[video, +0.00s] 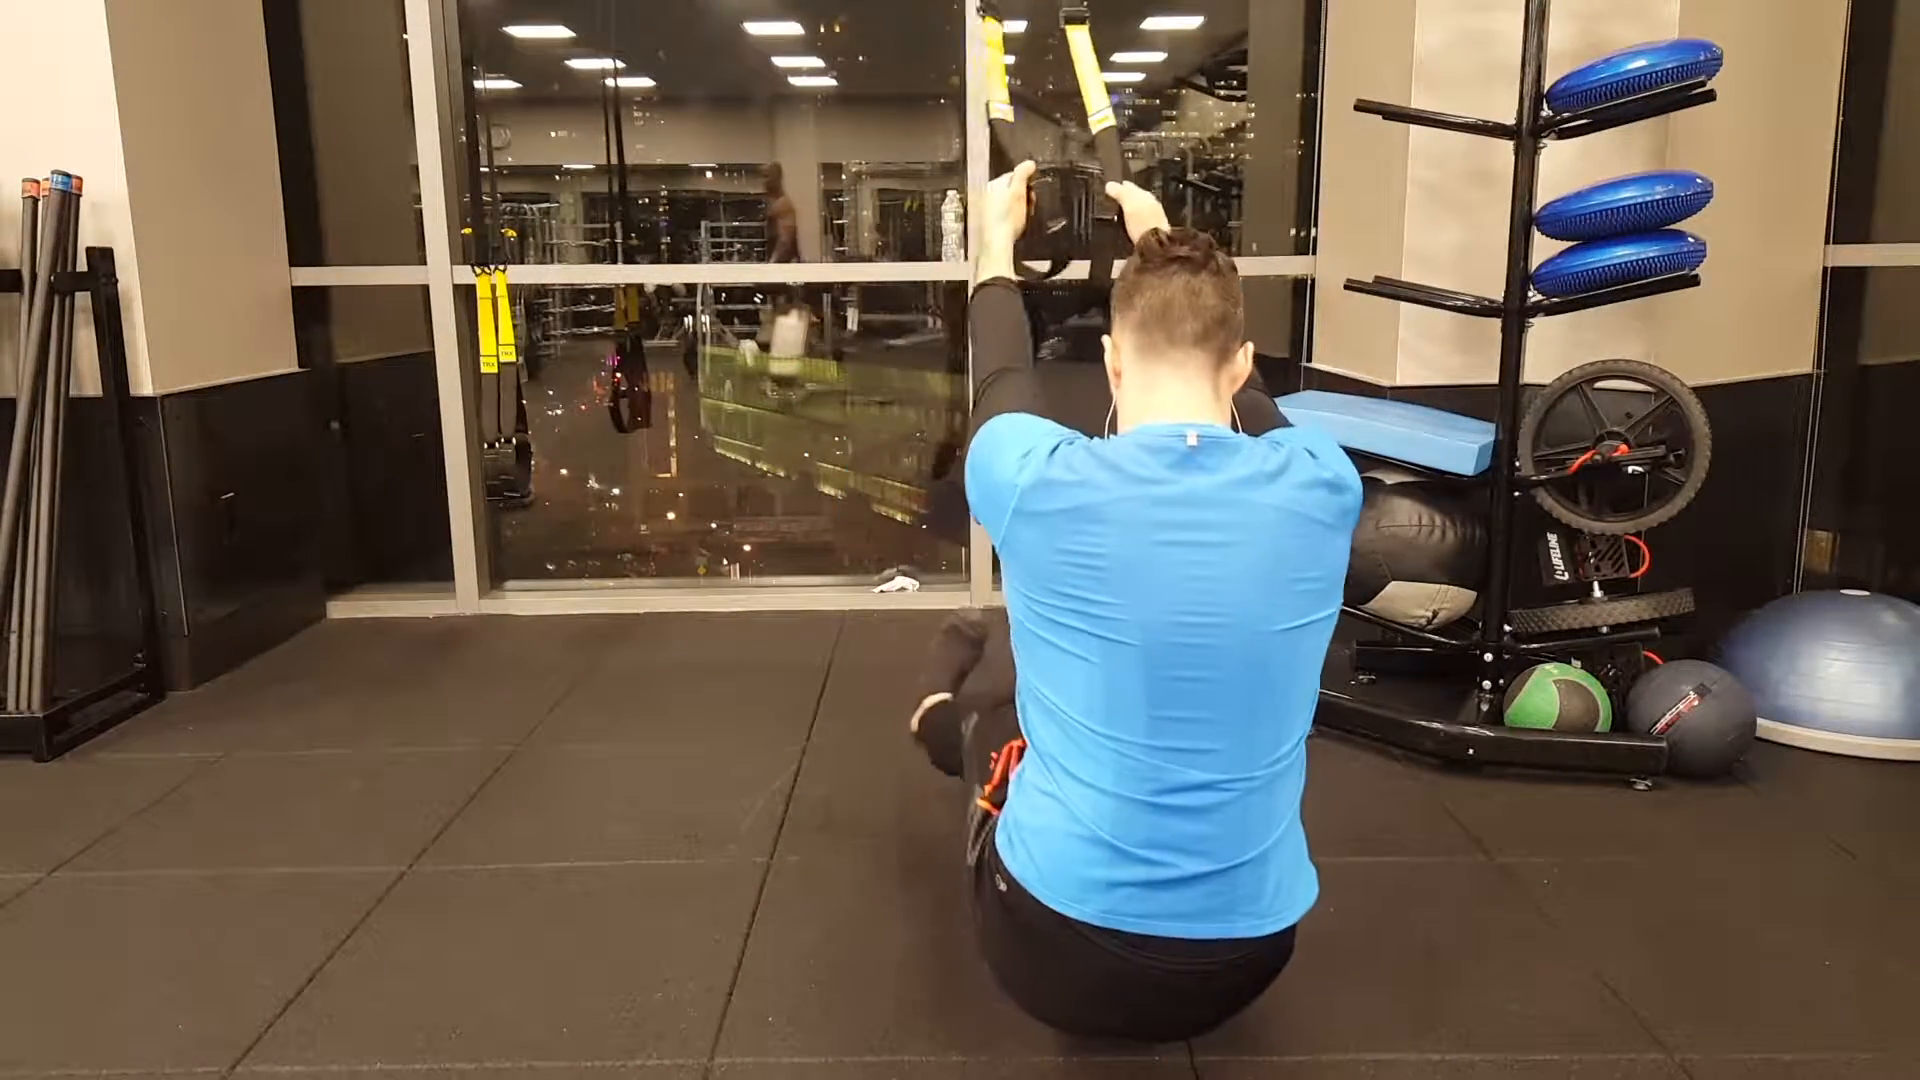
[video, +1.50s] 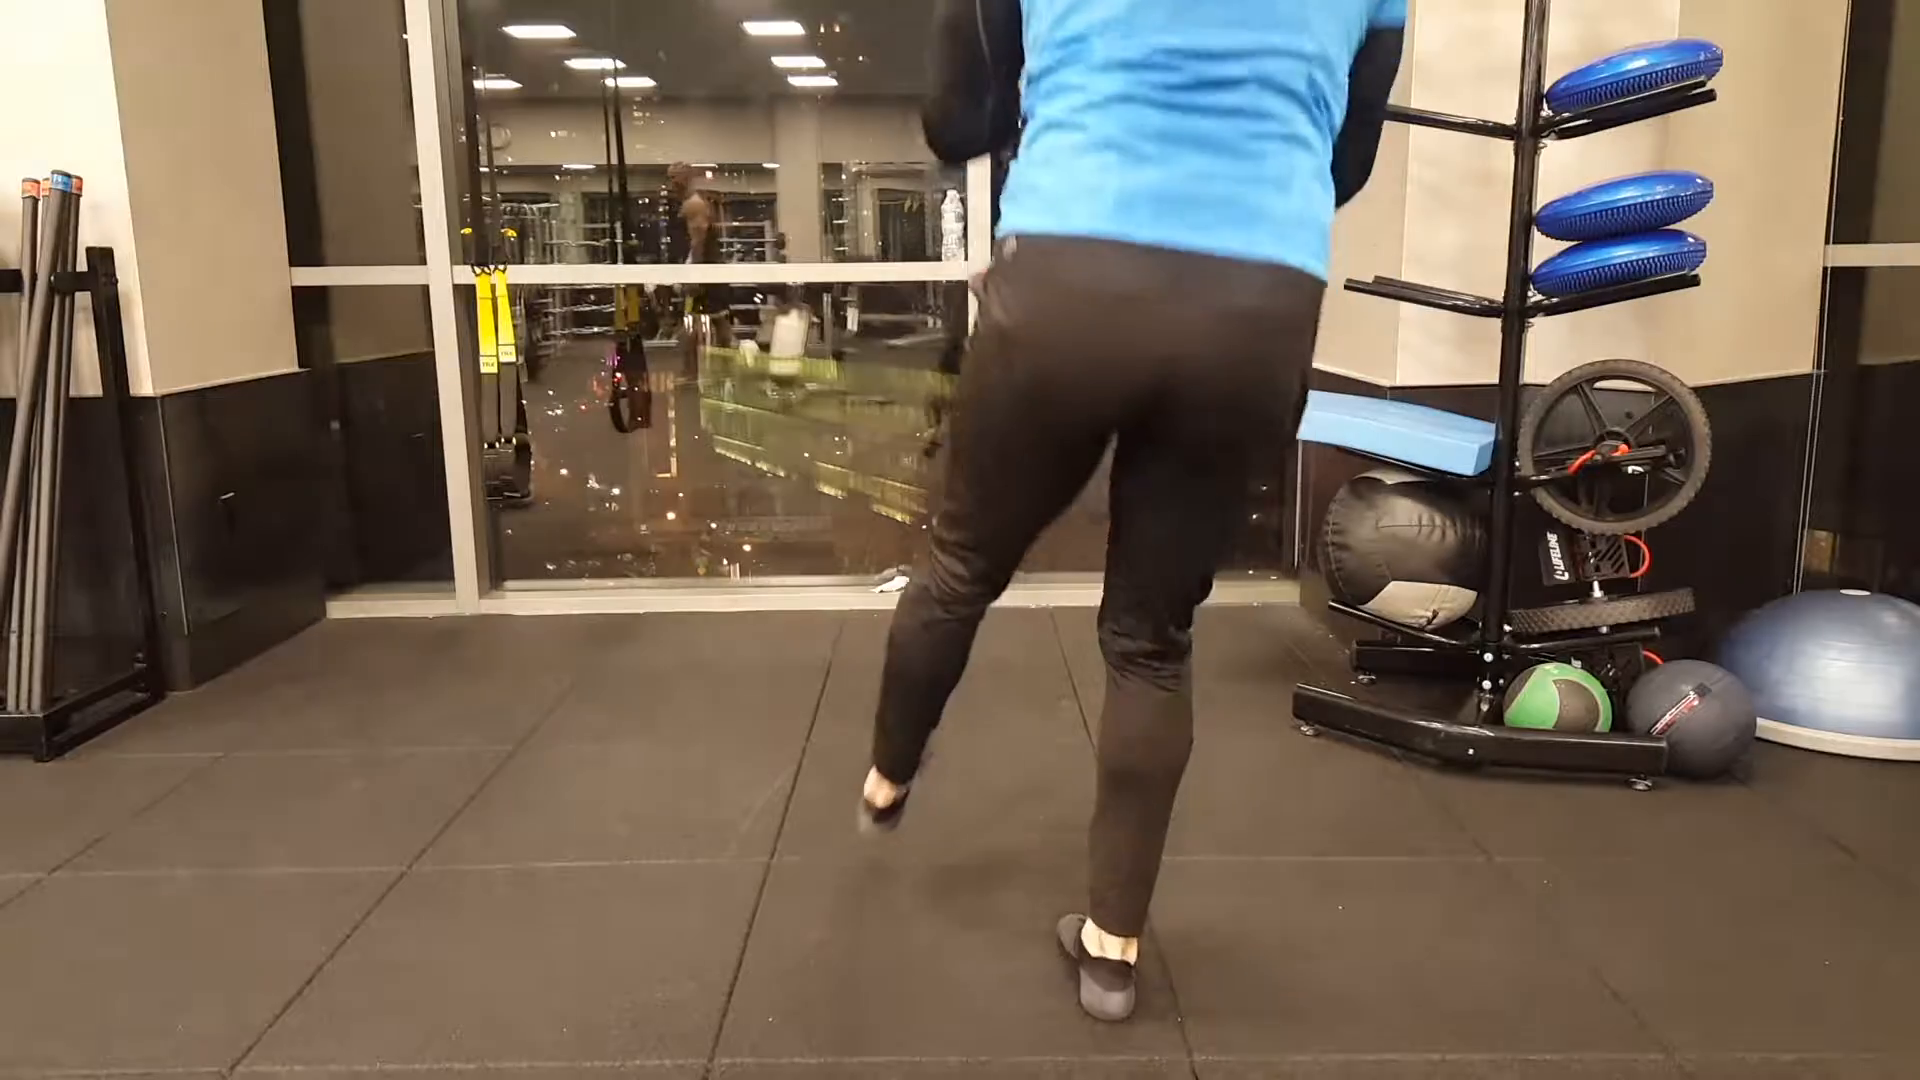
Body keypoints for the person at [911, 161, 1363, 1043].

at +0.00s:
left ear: (1111, 362)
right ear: (1242, 373)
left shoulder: (1034, 481)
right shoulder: (1322, 488)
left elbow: (1000, 378)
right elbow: (1243, 398)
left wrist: (990, 252)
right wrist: (1165, 253)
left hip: (1059, 959)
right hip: (1240, 967)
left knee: (1006, 671)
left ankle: (952, 725)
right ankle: (958, 730)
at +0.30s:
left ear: (1116, 369)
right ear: (1246, 378)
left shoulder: (1040, 495)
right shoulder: (1326, 497)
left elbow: (990, 381)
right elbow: (1233, 396)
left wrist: (974, 262)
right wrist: (1164, 264)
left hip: (1070, 966)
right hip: (1248, 972)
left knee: (1008, 635)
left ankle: (985, 748)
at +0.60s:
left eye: (1132, 308)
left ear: (1130, 319)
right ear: (1262, 327)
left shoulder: (1056, 441)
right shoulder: (1343, 447)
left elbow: (992, 386)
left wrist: (996, 259)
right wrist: (1173, 248)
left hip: (1082, 919)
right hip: (1256, 923)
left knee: (1024, 648)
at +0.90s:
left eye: (1150, 110)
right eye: (1277, 115)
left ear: (1146, 117)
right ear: (1275, 120)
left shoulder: (1058, 218)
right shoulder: (1361, 234)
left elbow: (982, 353)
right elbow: (1331, 386)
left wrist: (1024, 209)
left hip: (1082, 681)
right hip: (1262, 707)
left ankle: (983, 693)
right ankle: (1111, 940)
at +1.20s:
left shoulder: (1042, 28)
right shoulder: (1365, 41)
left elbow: (985, 245)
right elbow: (1339, 232)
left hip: (1091, 445)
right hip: (1282, 459)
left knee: (995, 603)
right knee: (1155, 654)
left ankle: (935, 722)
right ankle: (1113, 945)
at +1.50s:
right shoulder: (1369, 5)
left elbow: (957, 128)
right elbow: (1346, 165)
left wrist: (1044, 81)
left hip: (1072, 275)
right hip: (1262, 297)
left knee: (959, 566)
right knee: (1153, 636)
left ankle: (888, 780)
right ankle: (1114, 949)